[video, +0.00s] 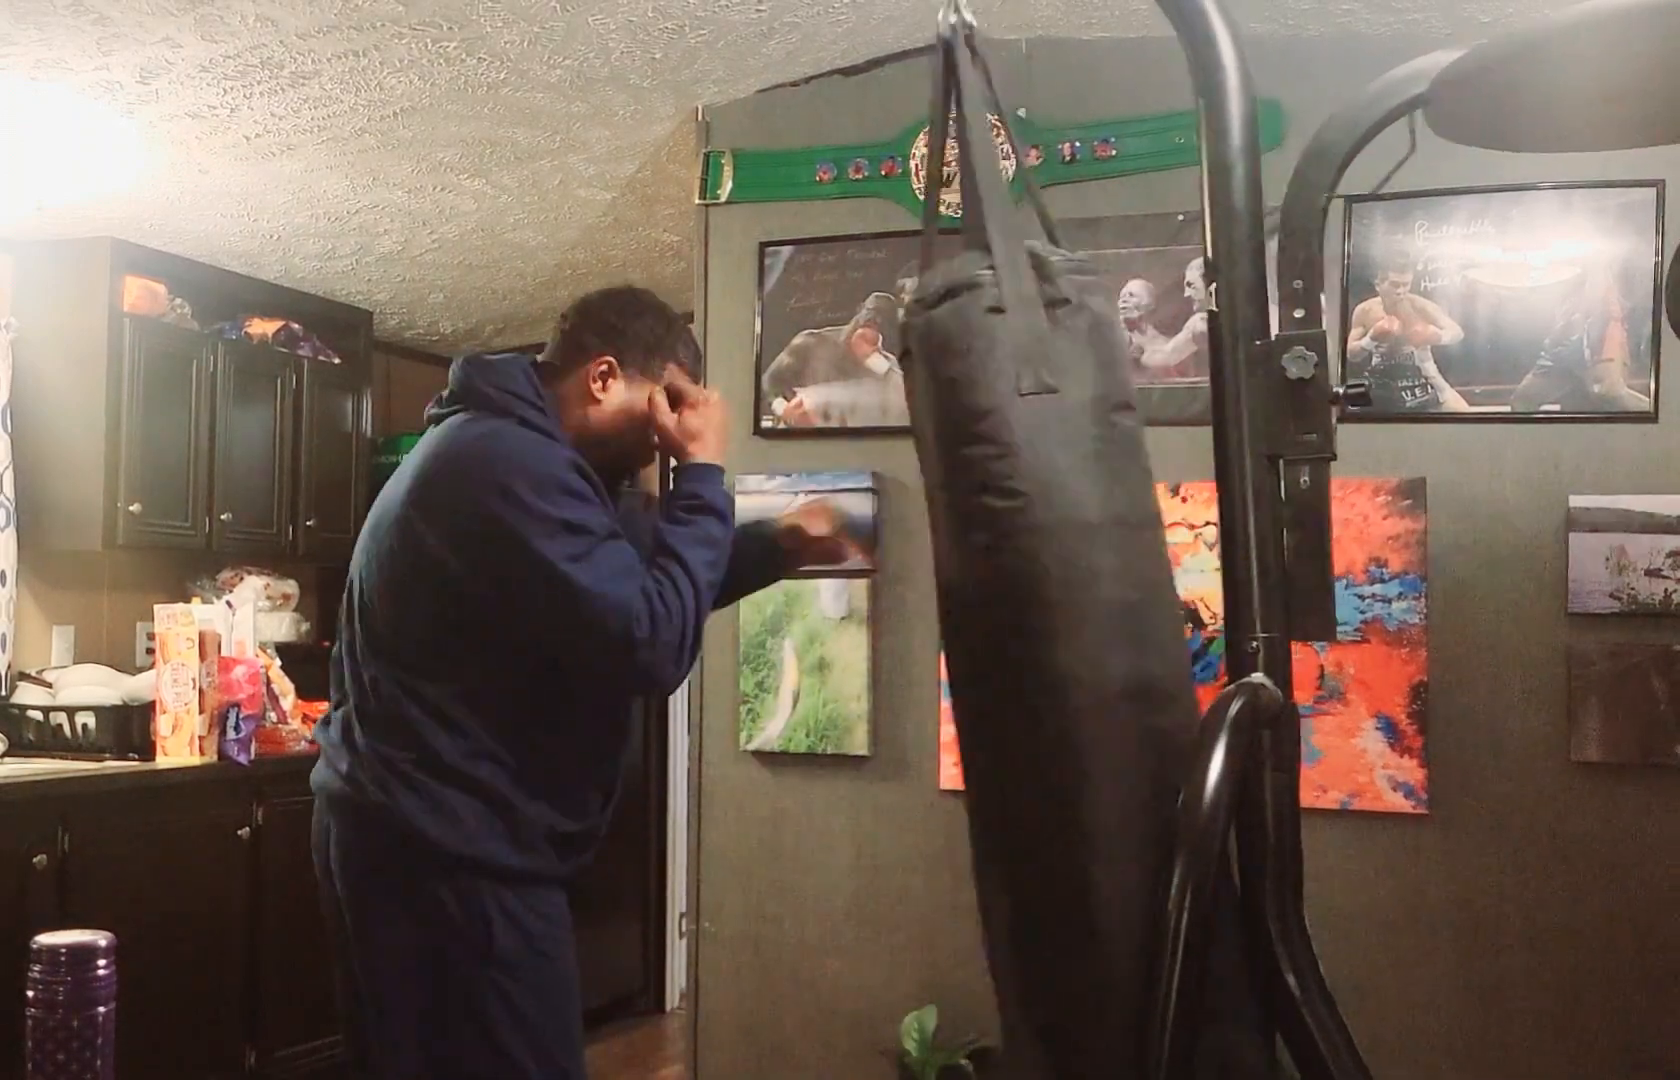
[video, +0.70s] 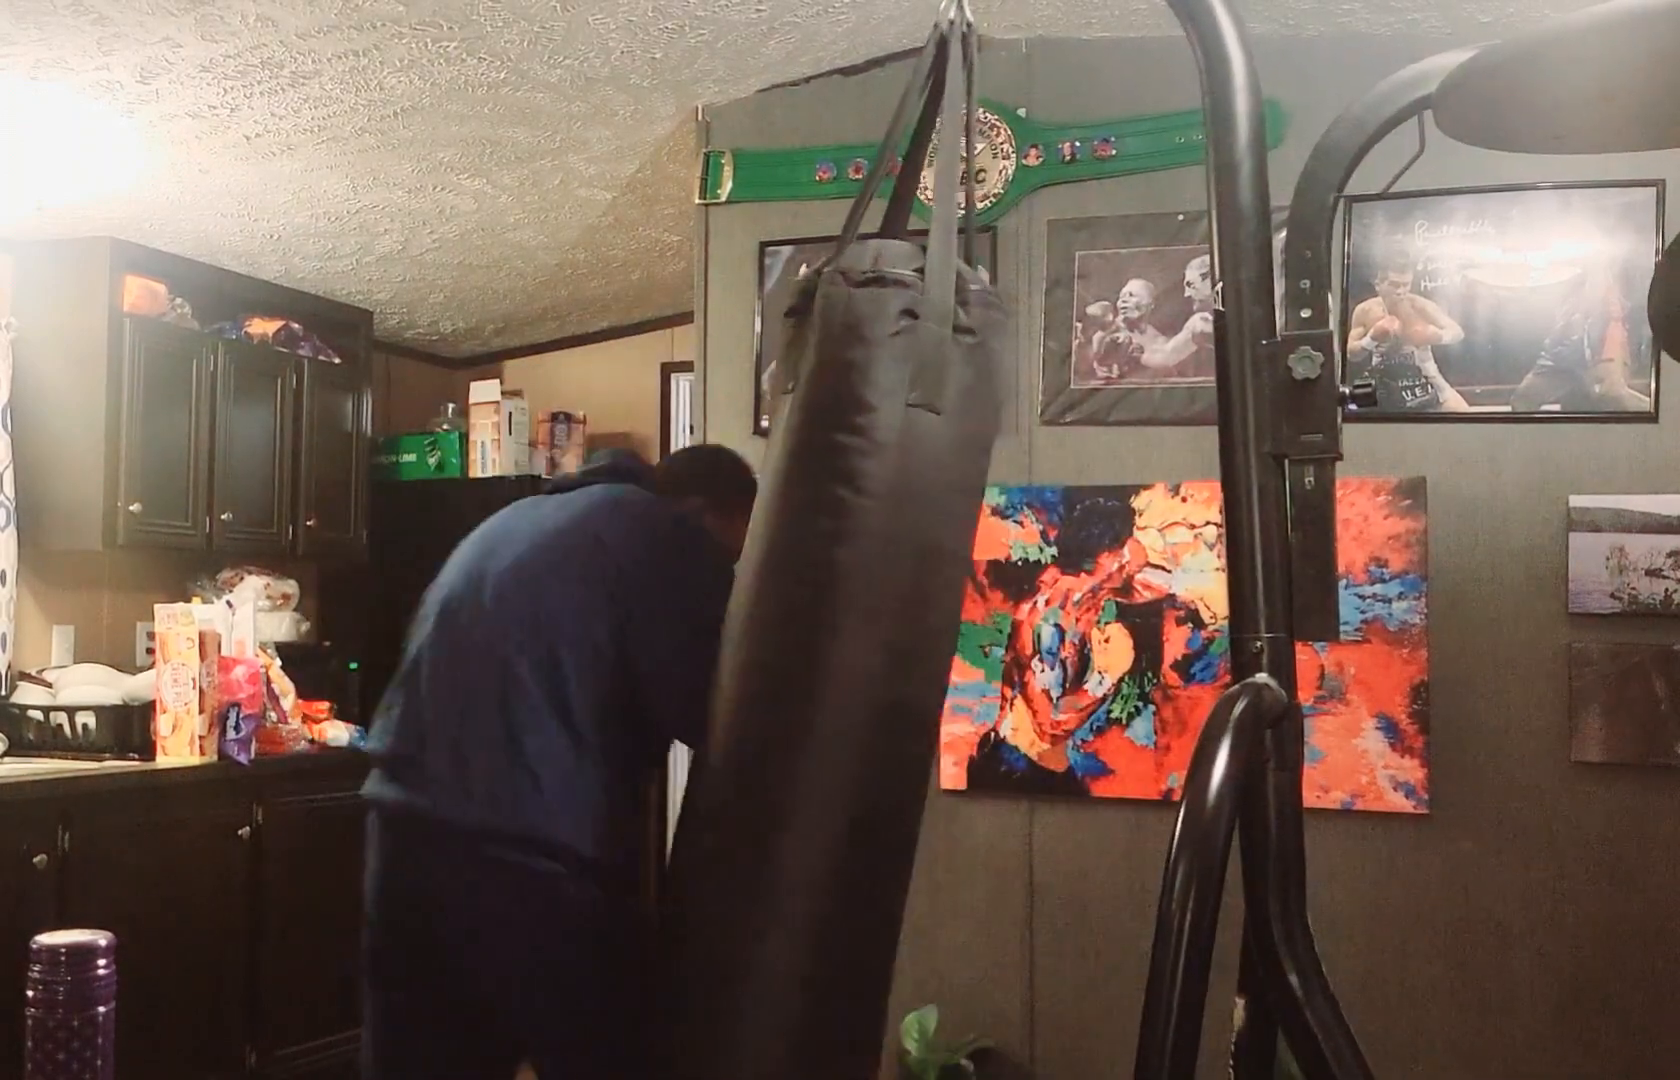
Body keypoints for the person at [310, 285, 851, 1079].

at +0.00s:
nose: (668, 438)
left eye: (679, 414)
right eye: (666, 407)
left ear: (593, 379)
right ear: (604, 379)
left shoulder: (497, 447)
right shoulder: (511, 465)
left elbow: (637, 583)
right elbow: (653, 643)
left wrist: (777, 545)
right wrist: (700, 469)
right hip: (457, 858)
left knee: (447, 1063)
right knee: (521, 1063)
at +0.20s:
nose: (618, 479)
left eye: (625, 469)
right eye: (623, 457)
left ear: (569, 403)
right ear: (590, 408)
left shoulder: (416, 449)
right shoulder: (538, 472)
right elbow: (663, 648)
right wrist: (685, 485)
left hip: (353, 826)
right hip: (462, 850)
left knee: (398, 1059)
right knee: (532, 1063)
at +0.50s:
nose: (654, 542)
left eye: (654, 528)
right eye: (651, 523)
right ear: (617, 494)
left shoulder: (409, 516)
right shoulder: (578, 511)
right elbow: (681, 690)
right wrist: (694, 547)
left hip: (339, 850)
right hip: (487, 857)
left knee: (386, 1062)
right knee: (609, 1065)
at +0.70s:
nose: (732, 561)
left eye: (738, 547)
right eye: (735, 544)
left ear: (662, 488)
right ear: (713, 511)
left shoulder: (519, 516)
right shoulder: (676, 546)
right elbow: (720, 720)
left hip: (404, 831)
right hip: (548, 852)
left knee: (419, 1058)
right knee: (598, 1056)